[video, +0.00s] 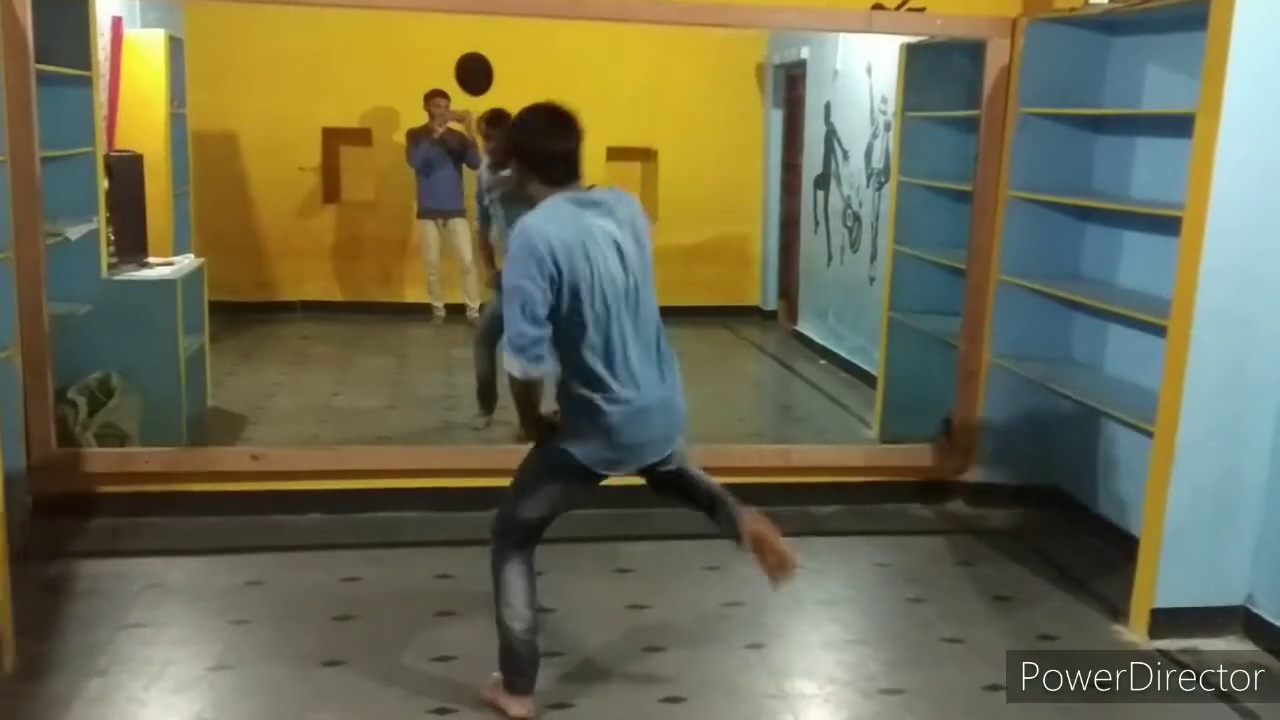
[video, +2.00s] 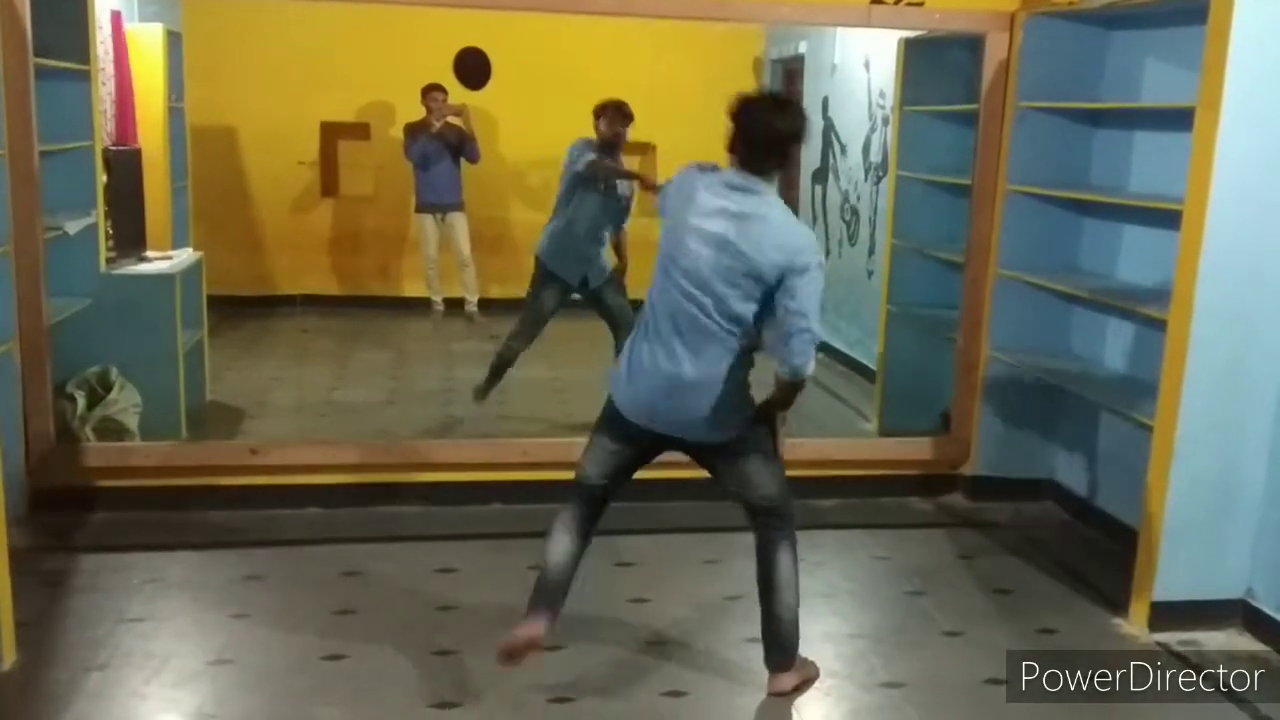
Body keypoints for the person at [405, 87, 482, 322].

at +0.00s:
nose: (440, 111)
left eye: (444, 106)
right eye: (435, 106)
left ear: (449, 109)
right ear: (427, 108)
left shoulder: (456, 136)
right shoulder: (416, 134)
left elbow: (474, 162)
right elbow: (415, 161)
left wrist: (470, 133)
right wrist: (434, 135)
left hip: (455, 210)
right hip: (428, 210)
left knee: (467, 262)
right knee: (432, 264)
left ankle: (473, 309)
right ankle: (437, 308)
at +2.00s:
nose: (438, 105)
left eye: (441, 100)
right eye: (433, 100)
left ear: (447, 103)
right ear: (424, 103)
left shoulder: (454, 130)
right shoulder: (414, 129)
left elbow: (473, 157)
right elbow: (412, 155)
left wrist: (467, 125)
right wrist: (433, 129)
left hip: (453, 203)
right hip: (426, 204)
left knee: (465, 257)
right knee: (430, 258)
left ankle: (471, 305)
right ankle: (436, 303)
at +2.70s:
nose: (440, 131)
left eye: (444, 127)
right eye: (435, 126)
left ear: (449, 130)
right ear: (427, 129)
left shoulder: (456, 156)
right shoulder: (416, 154)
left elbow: (475, 182)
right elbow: (416, 181)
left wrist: (470, 150)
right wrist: (434, 155)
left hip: (455, 228)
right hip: (428, 229)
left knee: (466, 281)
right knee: (432, 282)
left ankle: (472, 329)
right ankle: (437, 327)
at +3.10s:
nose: (448, 151)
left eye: (452, 147)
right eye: (443, 147)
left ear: (457, 150)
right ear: (435, 149)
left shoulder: (464, 176)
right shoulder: (424, 175)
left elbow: (482, 202)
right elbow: (422, 201)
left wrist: (476, 172)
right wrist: (442, 176)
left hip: (462, 248)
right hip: (435, 250)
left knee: (473, 301)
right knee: (439, 302)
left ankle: (479, 347)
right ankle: (444, 346)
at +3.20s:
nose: (449, 155)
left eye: (453, 151)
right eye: (445, 150)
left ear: (459, 153)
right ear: (436, 153)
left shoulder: (465, 180)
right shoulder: (425, 178)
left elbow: (484, 205)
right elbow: (423, 204)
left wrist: (478, 176)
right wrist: (444, 179)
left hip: (464, 252)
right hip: (437, 253)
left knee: (475, 304)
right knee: (441, 305)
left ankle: (481, 351)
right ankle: (446, 350)